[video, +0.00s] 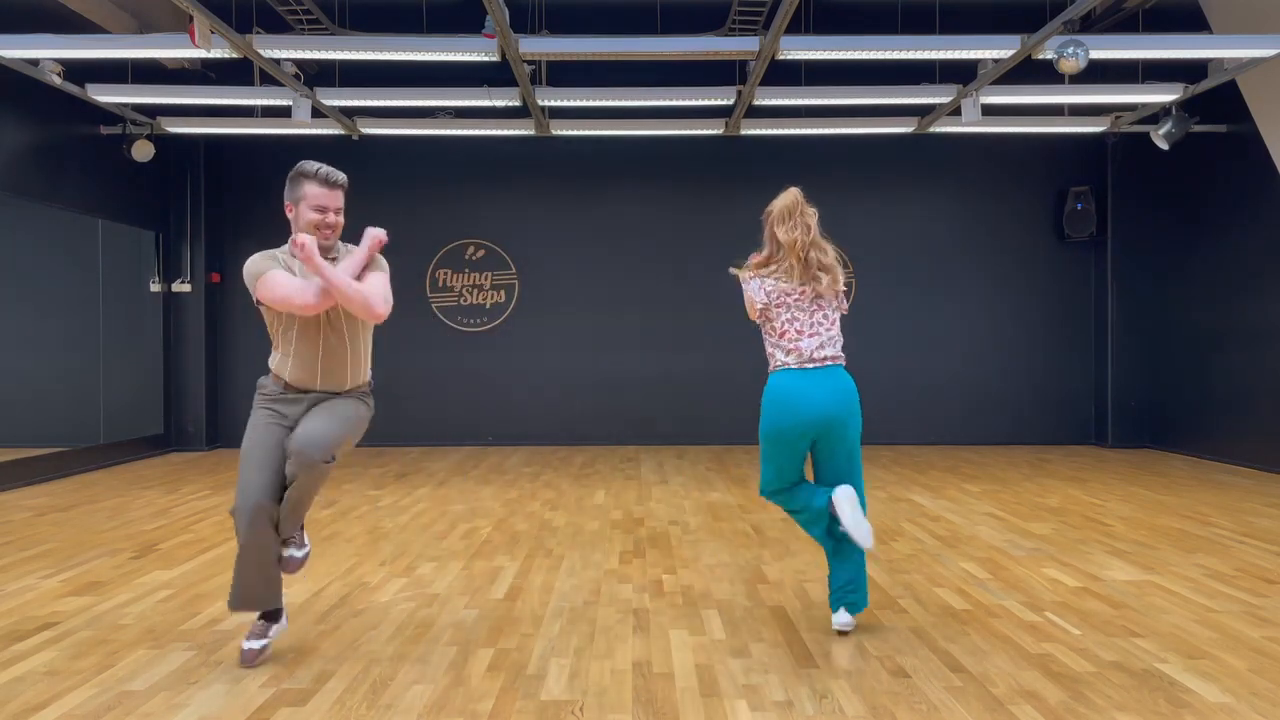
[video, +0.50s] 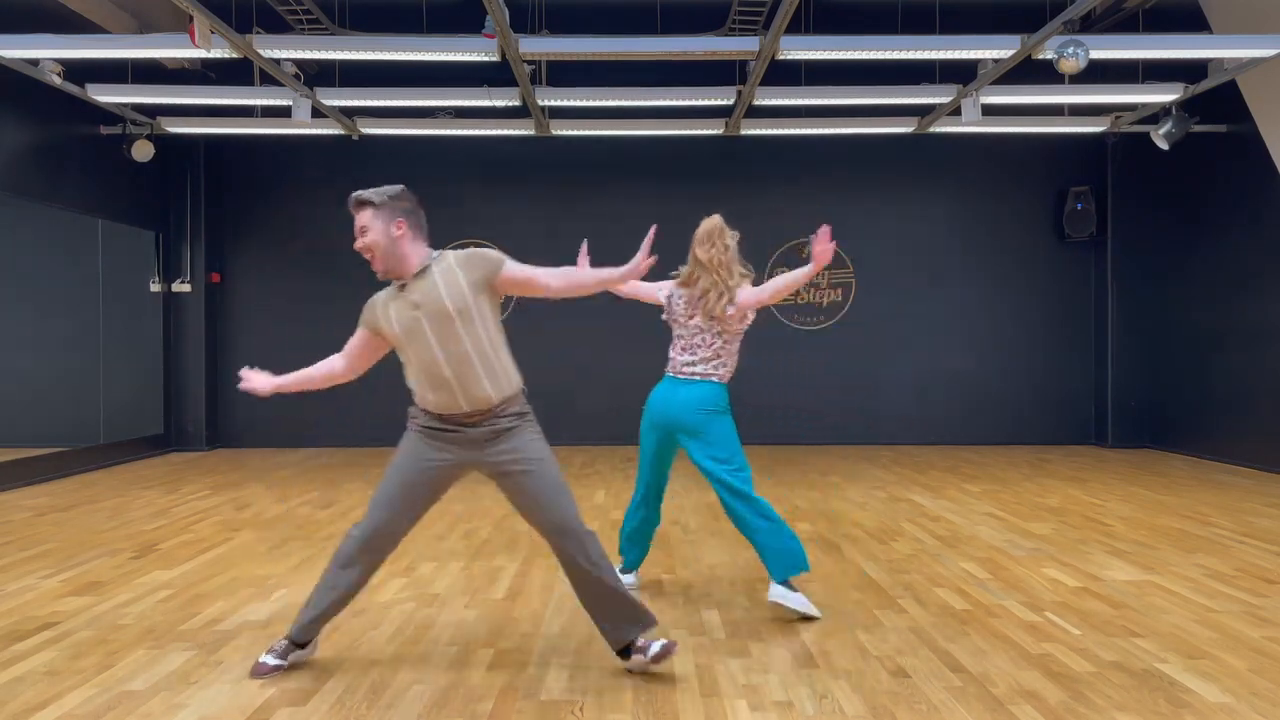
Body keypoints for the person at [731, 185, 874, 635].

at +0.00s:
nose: (769, 233)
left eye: (769, 228)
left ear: (772, 231)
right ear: (812, 229)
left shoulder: (757, 278)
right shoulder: (831, 269)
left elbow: (755, 314)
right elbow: (839, 308)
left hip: (786, 392)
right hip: (838, 388)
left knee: (781, 485)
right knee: (844, 497)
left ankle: (832, 502)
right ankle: (845, 604)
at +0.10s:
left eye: (774, 232)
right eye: (805, 231)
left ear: (766, 236)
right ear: (808, 236)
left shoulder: (748, 281)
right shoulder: (825, 276)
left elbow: (754, 332)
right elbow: (833, 317)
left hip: (771, 394)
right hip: (822, 393)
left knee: (770, 479)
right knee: (831, 494)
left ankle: (797, 520)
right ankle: (830, 602)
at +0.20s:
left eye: (762, 252)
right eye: (795, 250)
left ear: (759, 257)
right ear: (801, 255)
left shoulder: (740, 307)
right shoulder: (824, 302)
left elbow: (745, 371)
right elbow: (825, 369)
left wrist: (765, 407)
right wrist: (817, 413)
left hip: (758, 409)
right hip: (810, 408)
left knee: (742, 490)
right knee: (819, 505)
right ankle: (828, 603)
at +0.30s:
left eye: (745, 258)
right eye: (779, 257)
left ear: (744, 262)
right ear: (785, 260)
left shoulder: (730, 311)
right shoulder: (806, 306)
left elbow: (700, 366)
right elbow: (844, 356)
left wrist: (679, 393)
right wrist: (888, 393)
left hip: (736, 415)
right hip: (786, 415)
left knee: (707, 492)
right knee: (809, 508)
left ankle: (667, 563)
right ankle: (827, 604)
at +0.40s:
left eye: (730, 252)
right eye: (757, 250)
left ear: (722, 257)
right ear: (761, 255)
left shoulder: (703, 300)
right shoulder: (777, 297)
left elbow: (652, 317)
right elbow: (827, 305)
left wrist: (608, 316)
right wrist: (880, 295)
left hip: (701, 405)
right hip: (748, 408)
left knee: (673, 485)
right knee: (782, 501)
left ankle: (634, 556)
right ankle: (821, 593)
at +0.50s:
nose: (735, 254)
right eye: (734, 249)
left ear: (694, 254)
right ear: (731, 255)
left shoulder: (673, 292)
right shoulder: (742, 298)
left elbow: (625, 287)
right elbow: (782, 285)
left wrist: (588, 271)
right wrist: (815, 264)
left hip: (663, 397)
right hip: (707, 401)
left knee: (648, 486)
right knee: (739, 491)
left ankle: (627, 567)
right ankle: (782, 580)